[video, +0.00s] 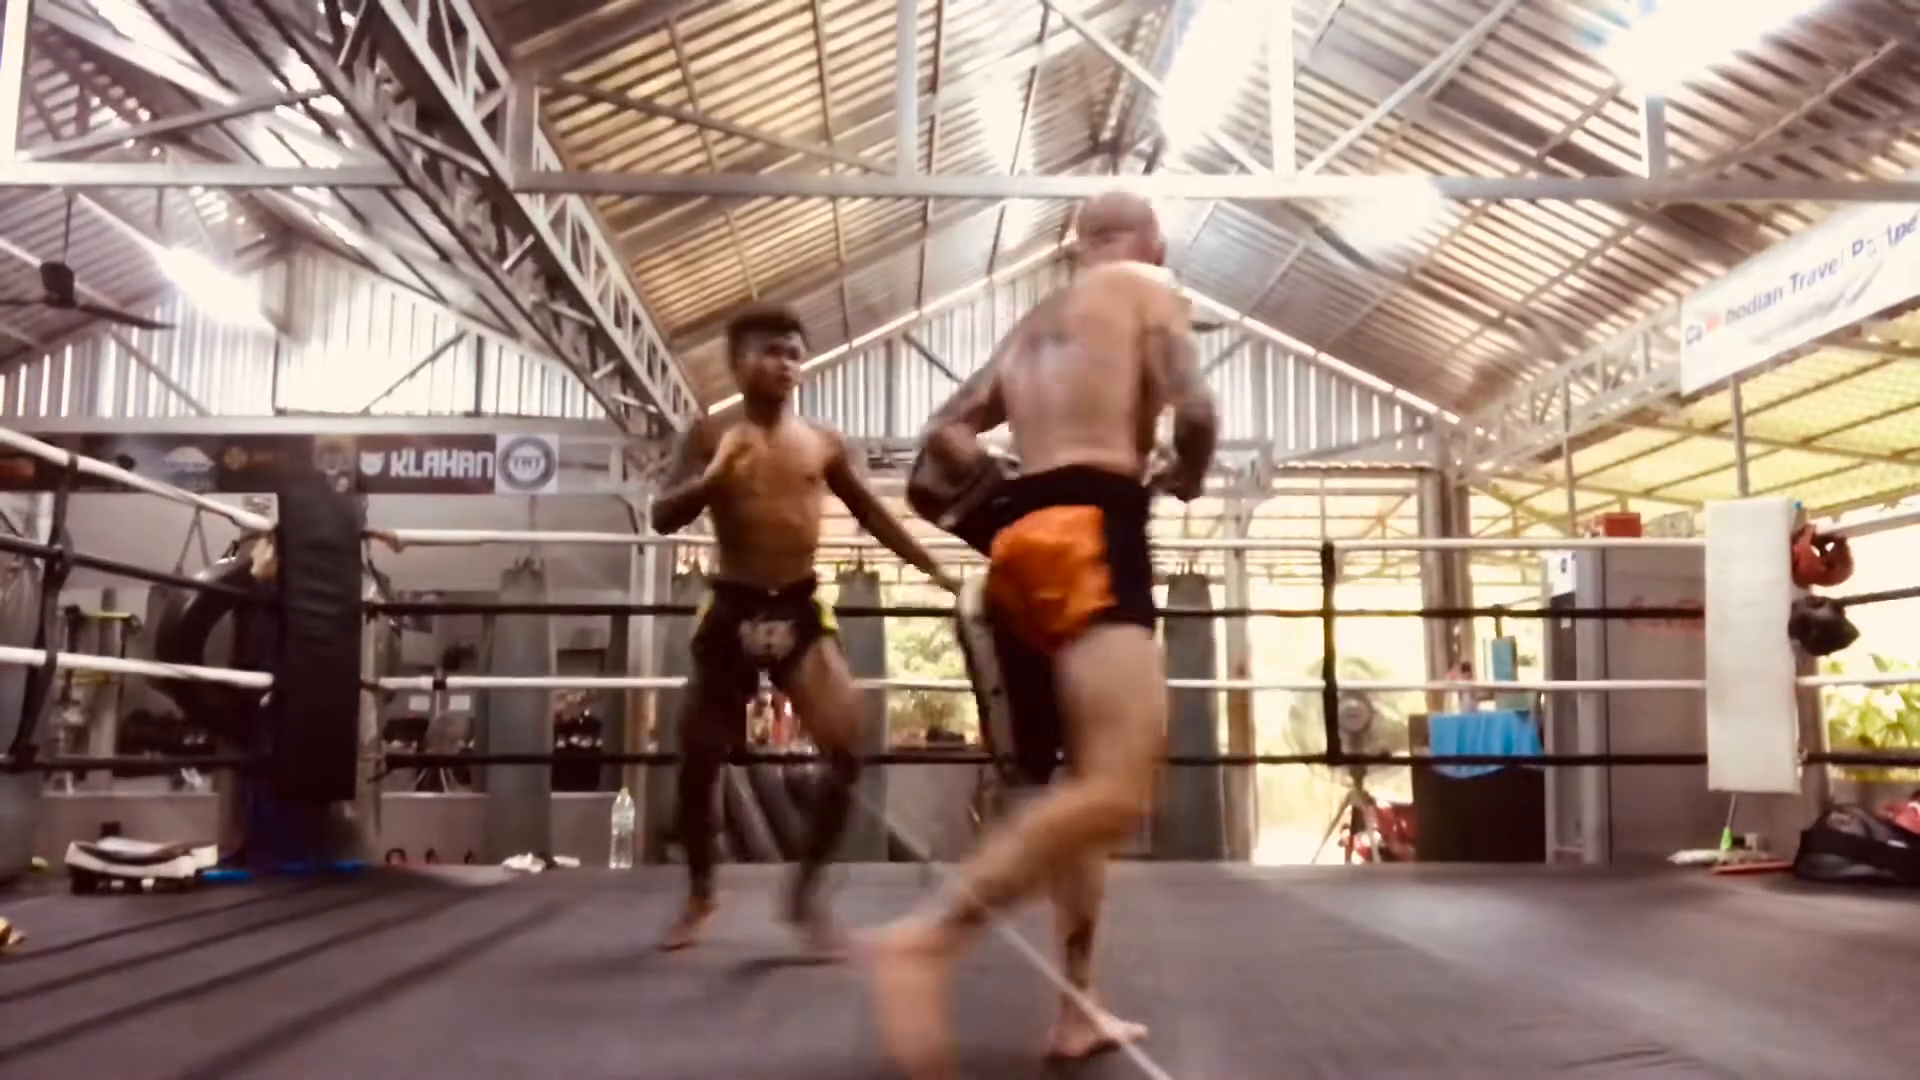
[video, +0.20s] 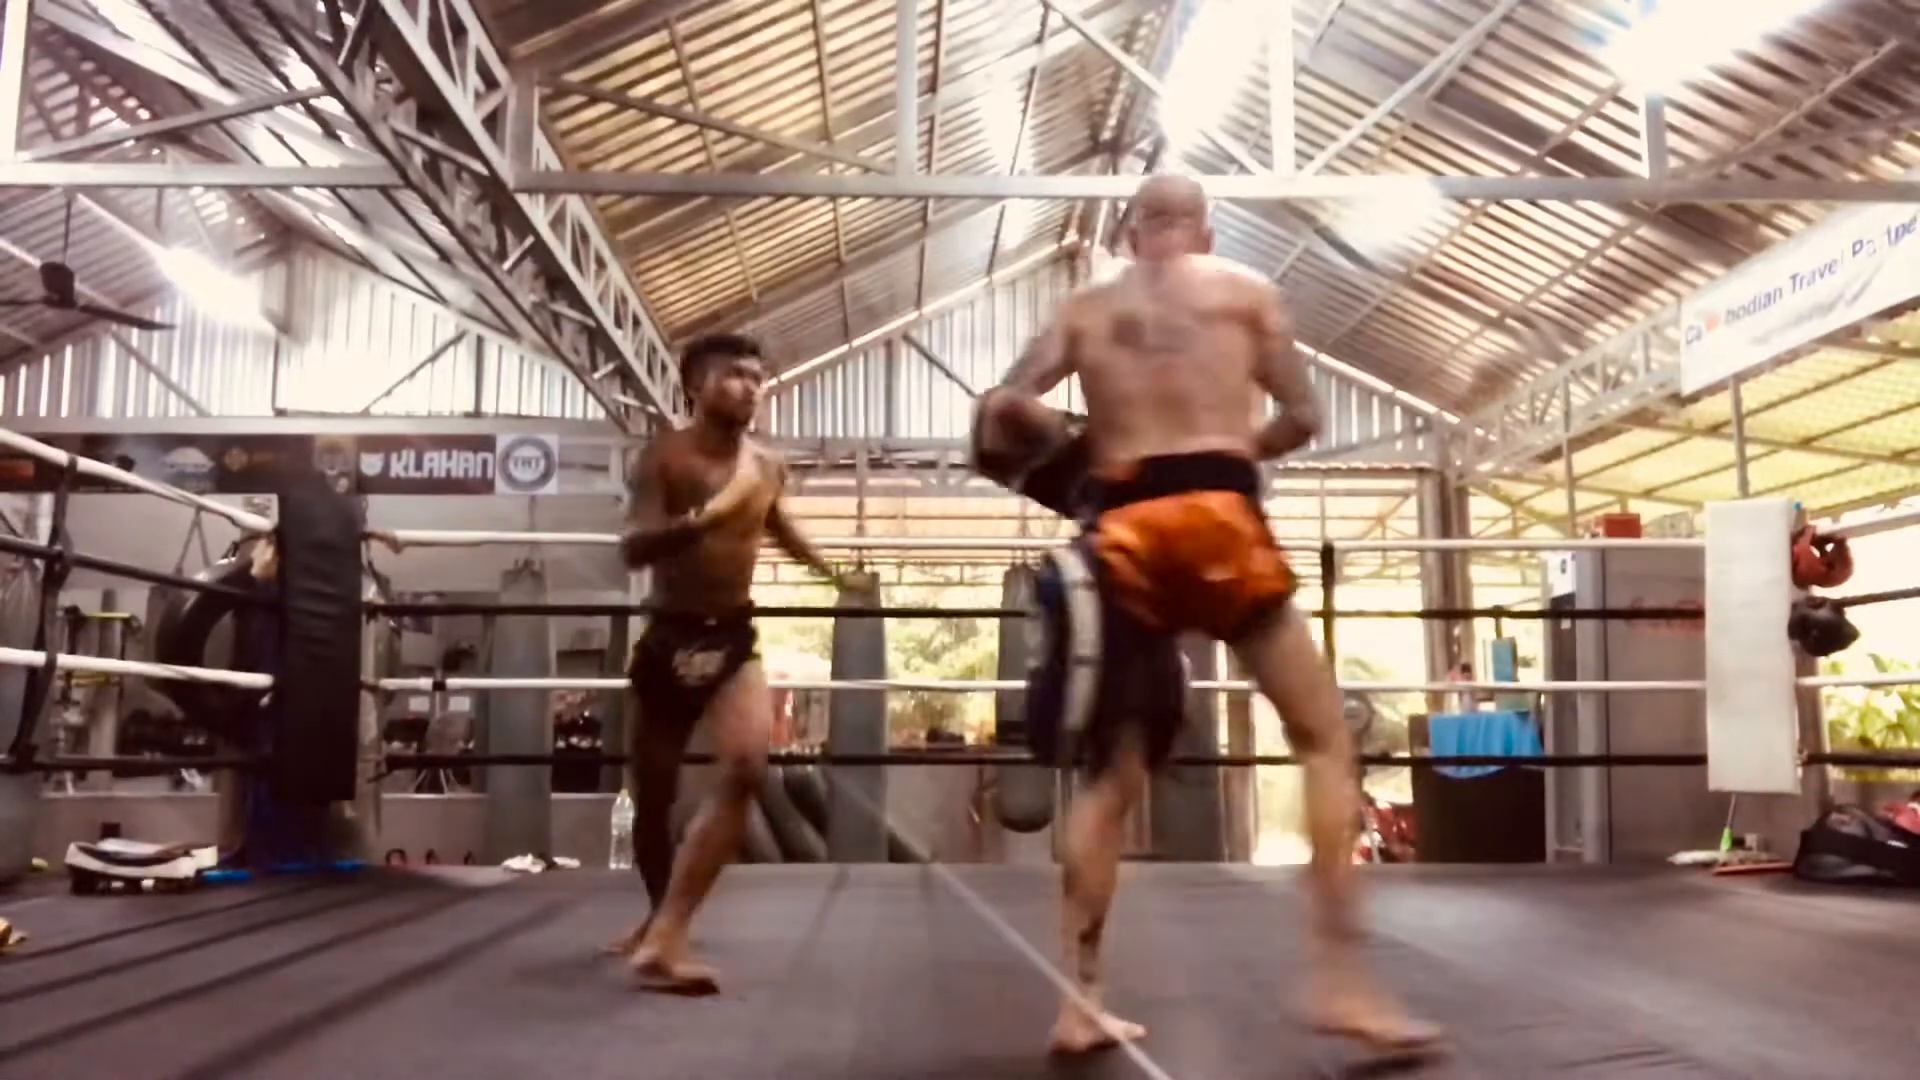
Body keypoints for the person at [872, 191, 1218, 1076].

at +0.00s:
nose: (1162, 252)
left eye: (1155, 240)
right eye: (1158, 240)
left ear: (1082, 244)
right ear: (1144, 237)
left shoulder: (1028, 326)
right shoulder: (1149, 289)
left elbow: (946, 432)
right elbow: (1196, 411)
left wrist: (1007, 500)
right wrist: (1184, 478)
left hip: (1016, 533)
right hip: (1091, 520)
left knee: (1080, 788)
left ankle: (1077, 1006)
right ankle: (921, 942)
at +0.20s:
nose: (1197, 231)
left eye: (1184, 217)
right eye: (1195, 217)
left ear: (1133, 230)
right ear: (1201, 225)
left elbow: (1006, 405)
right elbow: (1303, 420)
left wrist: (1073, 443)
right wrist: (1231, 450)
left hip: (1122, 525)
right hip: (1223, 512)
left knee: (1108, 773)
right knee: (1324, 739)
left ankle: (1080, 1001)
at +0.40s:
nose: (1199, 288)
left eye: (1202, 274)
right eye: (1200, 278)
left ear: (1226, 255)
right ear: (1275, 253)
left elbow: (1186, 423)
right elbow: (1408, 452)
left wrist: (1138, 447)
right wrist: (1323, 470)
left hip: (1255, 553)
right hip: (1357, 542)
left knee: (1168, 789)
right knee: (1444, 781)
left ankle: (1112, 1006)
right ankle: (1559, 984)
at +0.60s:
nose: (1286, 287)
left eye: (1288, 268)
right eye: (1280, 273)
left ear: (1317, 249)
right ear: (1350, 247)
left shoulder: (1338, 303)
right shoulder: (1436, 313)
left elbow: (1411, 386)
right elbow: (1454, 396)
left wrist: (1316, 422)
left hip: (1385, 547)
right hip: (1468, 538)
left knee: (1295, 755)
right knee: (1494, 776)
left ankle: (1292, 1002)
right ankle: (1582, 994)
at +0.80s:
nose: (1299, 259)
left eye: (1305, 239)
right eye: (1297, 243)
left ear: (1344, 229)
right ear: (1351, 231)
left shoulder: (1405, 280)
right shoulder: (1395, 304)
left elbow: (1499, 352)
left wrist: (1405, 412)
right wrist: (1359, 398)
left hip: (1459, 535)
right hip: (1489, 534)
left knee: (1422, 767)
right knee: (1536, 766)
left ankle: (1495, 1014)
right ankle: (1624, 985)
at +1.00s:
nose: (1285, 291)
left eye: (1291, 268)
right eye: (1279, 274)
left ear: (1338, 252)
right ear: (1342, 255)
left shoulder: (1415, 299)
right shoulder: (1430, 307)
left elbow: (1505, 395)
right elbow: (1456, 424)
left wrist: (1396, 442)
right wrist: (1372, 464)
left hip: (1501, 530)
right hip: (1535, 528)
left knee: (1462, 770)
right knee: (1532, 772)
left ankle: (1500, 1026)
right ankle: (1619, 974)